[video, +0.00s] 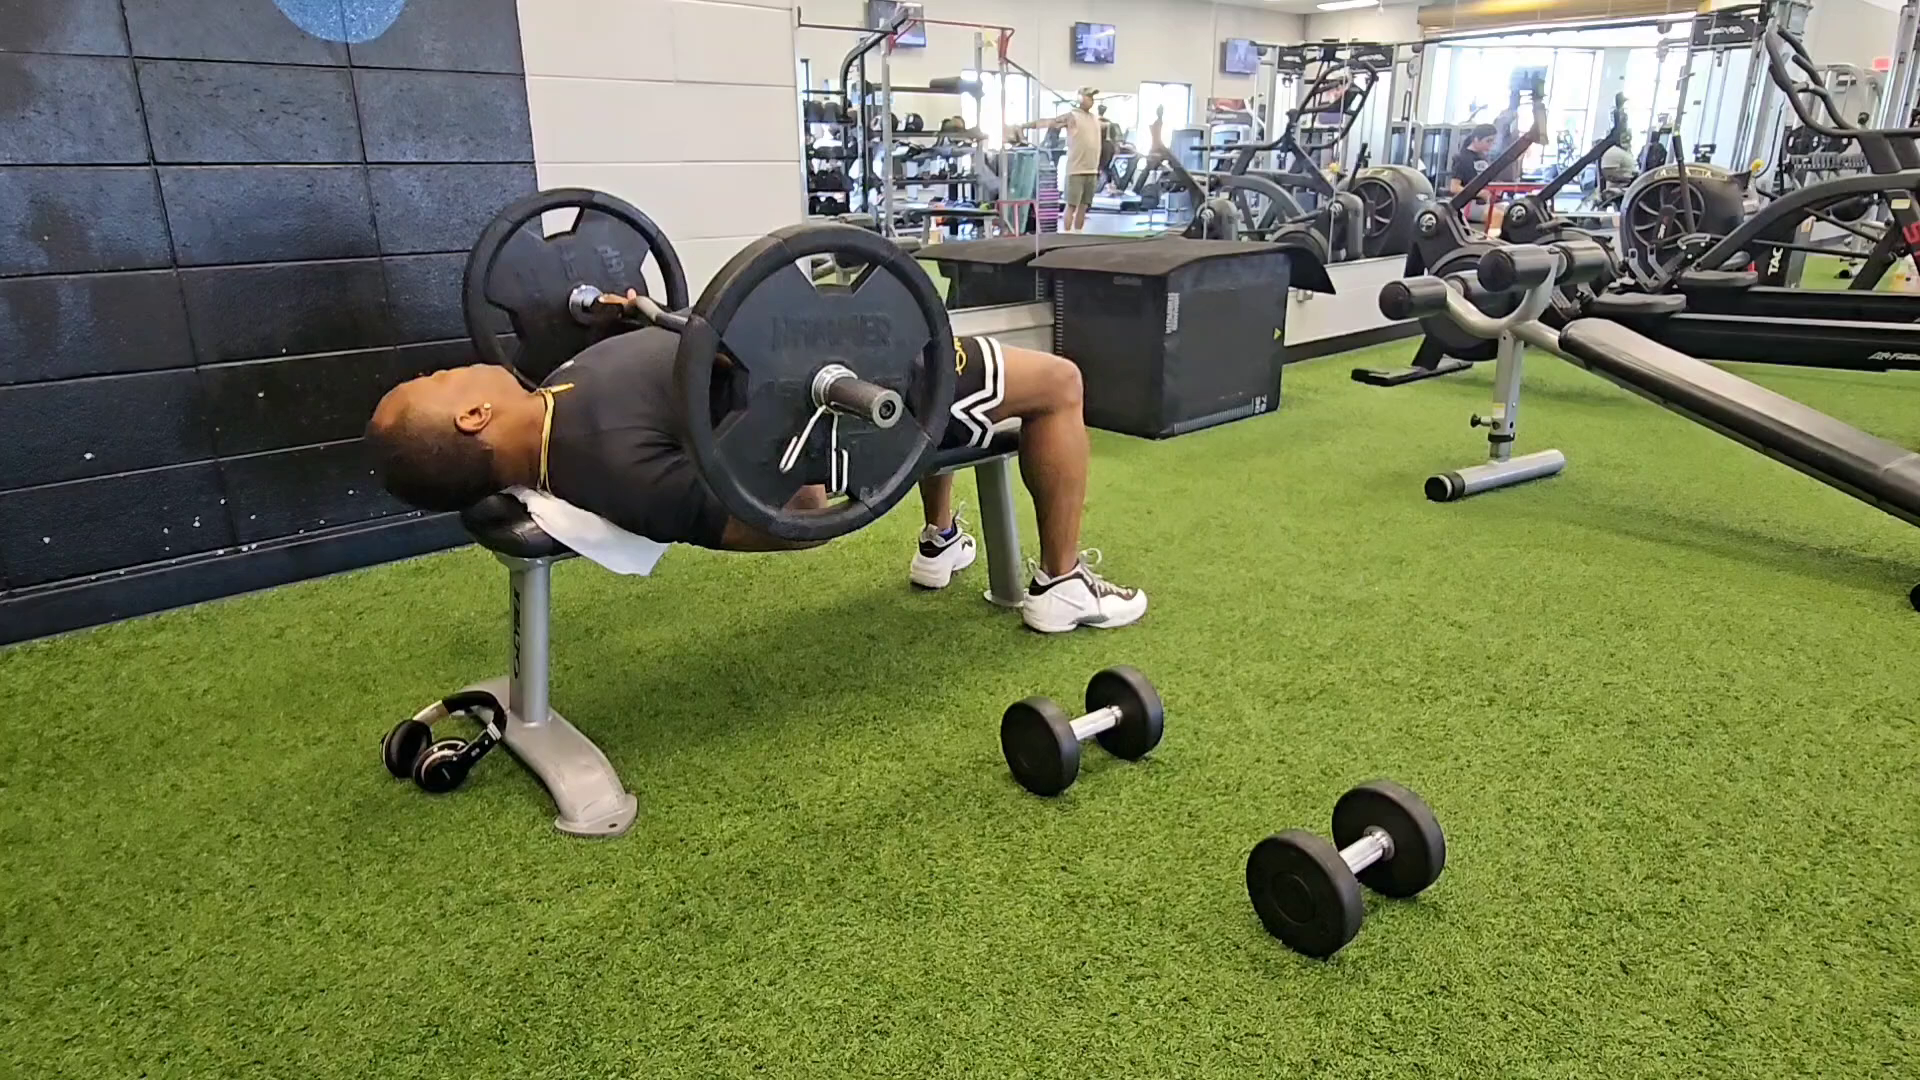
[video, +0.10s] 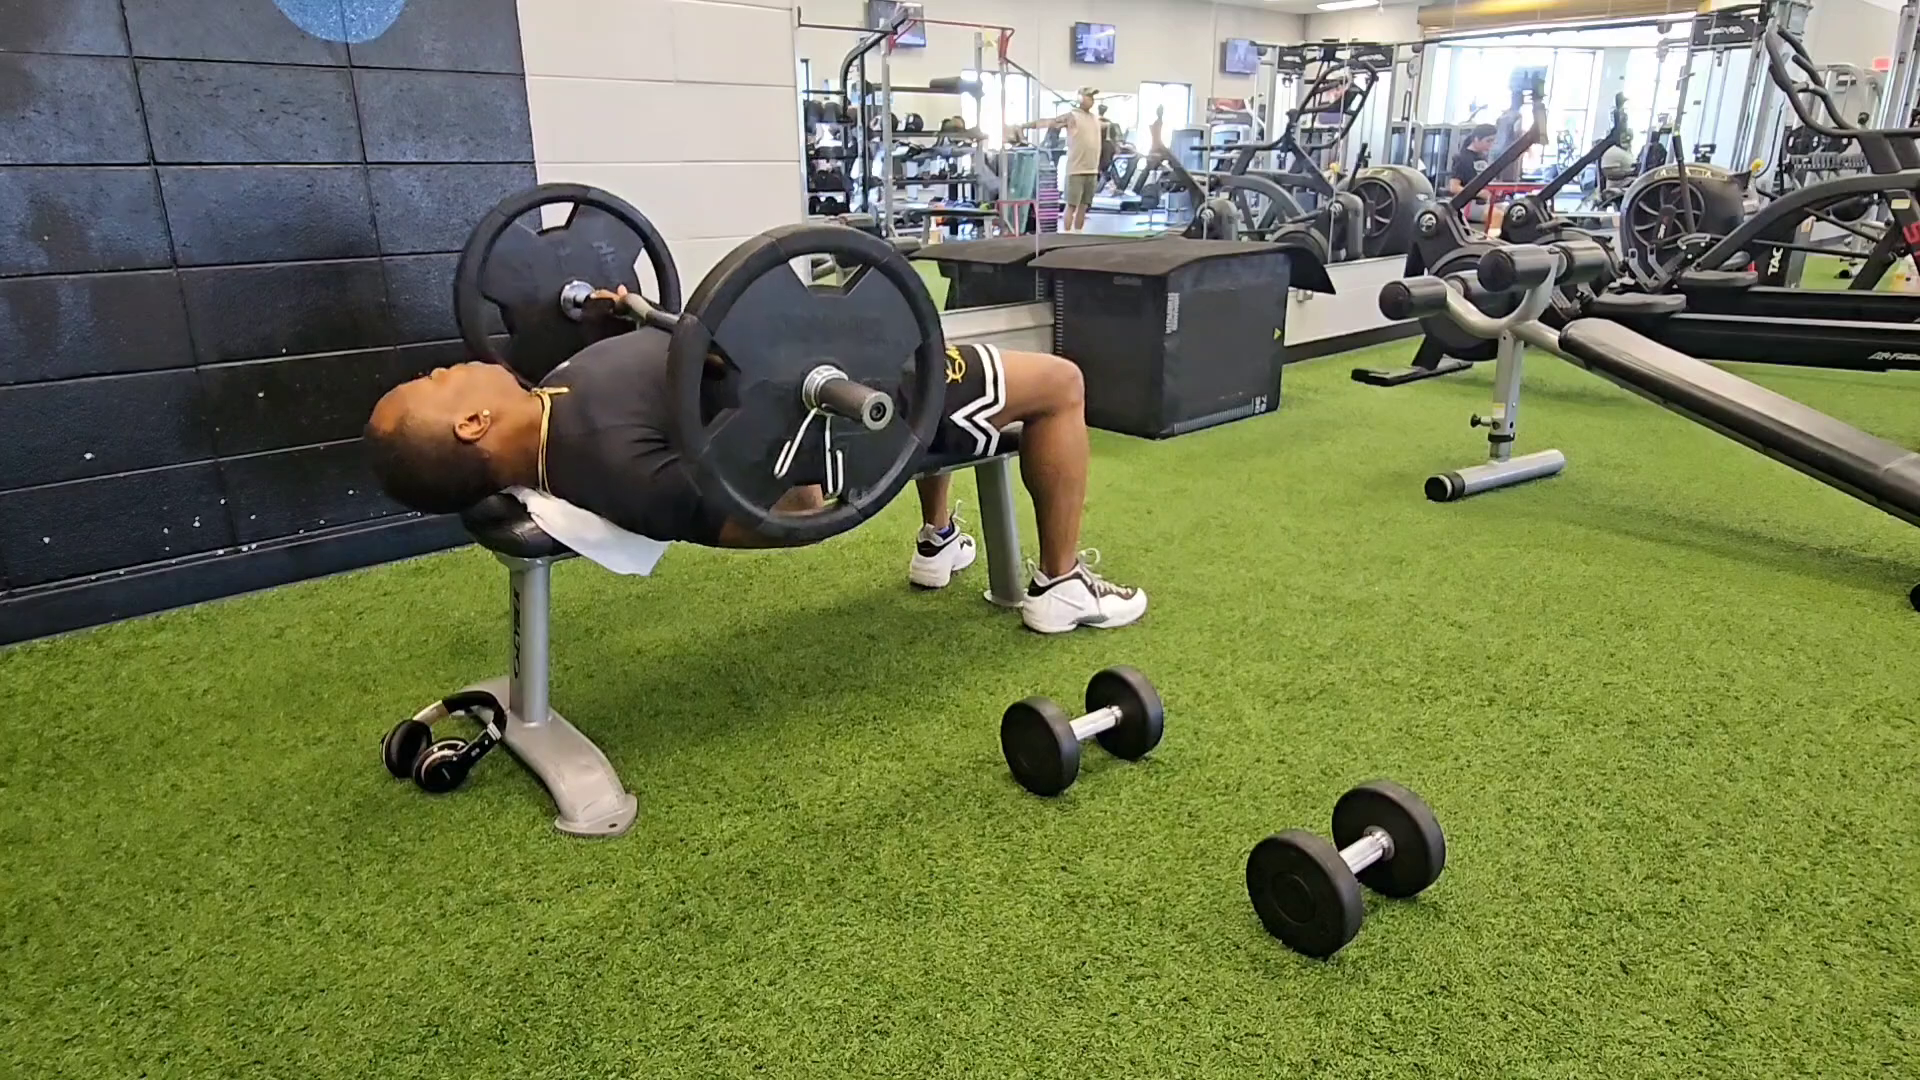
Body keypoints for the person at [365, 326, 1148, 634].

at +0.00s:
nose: (465, 363)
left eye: (441, 368)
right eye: (451, 376)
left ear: (473, 426)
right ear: (474, 421)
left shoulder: (555, 399)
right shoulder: (620, 476)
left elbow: (682, 358)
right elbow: (781, 524)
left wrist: (641, 322)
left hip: (795, 369)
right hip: (841, 428)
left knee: (929, 343)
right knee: (1056, 381)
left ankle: (942, 540)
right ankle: (1064, 582)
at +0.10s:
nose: (459, 361)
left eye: (430, 368)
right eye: (443, 376)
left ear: (473, 427)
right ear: (473, 426)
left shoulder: (541, 405)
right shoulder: (635, 479)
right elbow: (796, 511)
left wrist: (625, 324)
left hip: (786, 368)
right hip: (847, 428)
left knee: (926, 336)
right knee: (1058, 383)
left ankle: (941, 540)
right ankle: (1061, 580)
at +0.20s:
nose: (468, 357)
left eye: (443, 368)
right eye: (459, 378)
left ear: (497, 442)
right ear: (498, 441)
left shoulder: (556, 407)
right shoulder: (631, 475)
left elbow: (679, 364)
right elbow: (793, 523)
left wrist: (623, 331)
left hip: (794, 377)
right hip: (857, 429)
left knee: (929, 342)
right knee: (1064, 380)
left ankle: (938, 540)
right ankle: (1060, 582)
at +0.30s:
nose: (469, 365)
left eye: (446, 377)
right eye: (464, 389)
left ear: (504, 449)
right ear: (508, 455)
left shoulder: (562, 396)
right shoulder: (634, 472)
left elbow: (657, 357)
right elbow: (777, 523)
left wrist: (623, 327)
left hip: (793, 372)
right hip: (855, 422)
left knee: (927, 344)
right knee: (1059, 378)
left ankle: (937, 539)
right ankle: (1060, 582)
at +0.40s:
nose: (463, 371)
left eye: (441, 384)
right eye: (460, 397)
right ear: (509, 468)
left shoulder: (551, 398)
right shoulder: (638, 472)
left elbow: (641, 358)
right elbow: (788, 526)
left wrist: (632, 323)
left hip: (782, 372)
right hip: (852, 422)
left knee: (924, 342)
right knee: (1056, 375)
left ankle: (940, 540)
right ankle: (1056, 584)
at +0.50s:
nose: (471, 372)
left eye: (446, 384)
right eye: (459, 399)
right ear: (508, 475)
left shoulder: (548, 405)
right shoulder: (634, 472)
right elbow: (786, 520)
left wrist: (628, 336)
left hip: (790, 369)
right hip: (854, 419)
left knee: (932, 342)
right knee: (1057, 378)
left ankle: (942, 541)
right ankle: (1058, 581)